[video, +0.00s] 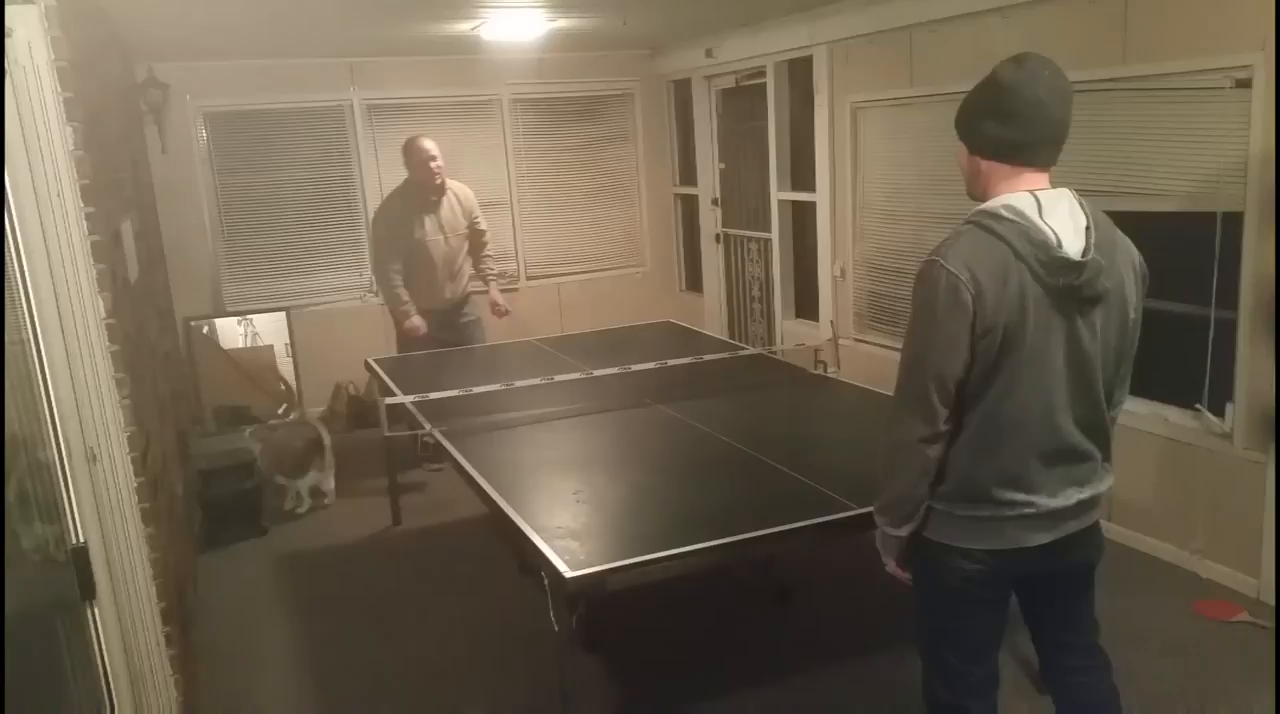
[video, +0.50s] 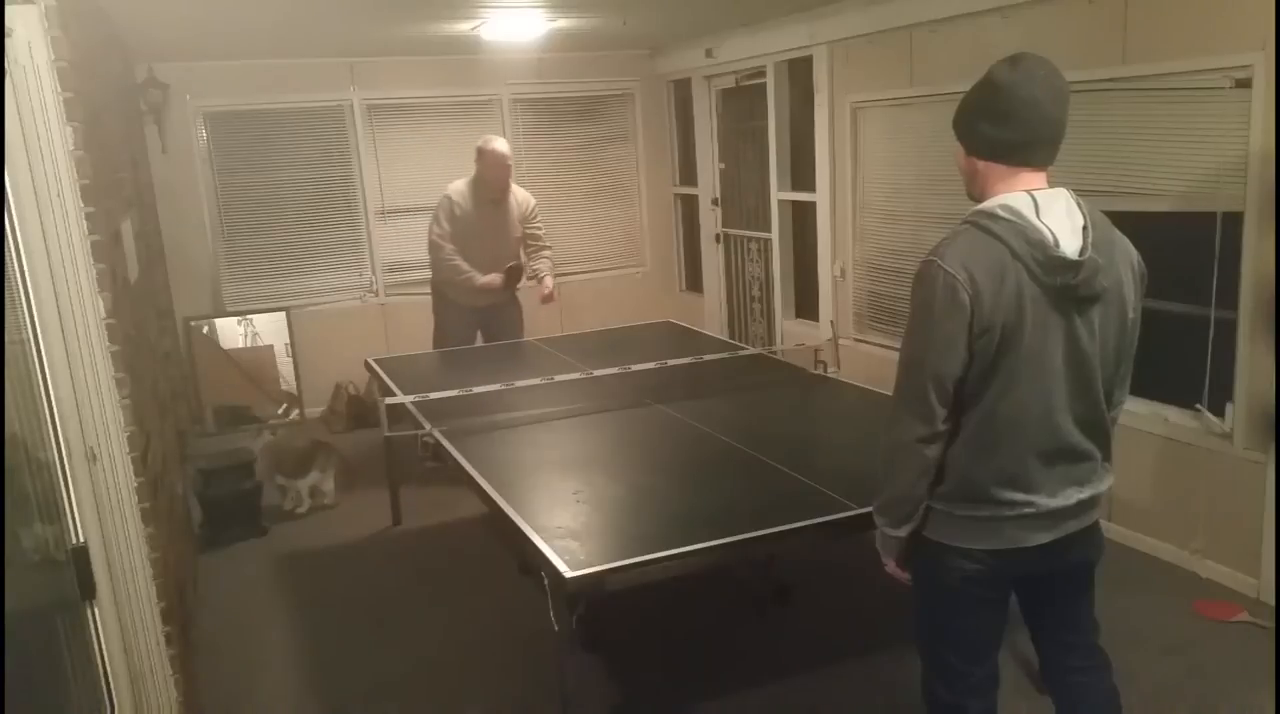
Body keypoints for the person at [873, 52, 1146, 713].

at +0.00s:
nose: (963, 161)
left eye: (963, 147)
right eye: (963, 146)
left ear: (975, 155)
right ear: (1053, 147)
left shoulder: (960, 266)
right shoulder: (1120, 254)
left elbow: (921, 419)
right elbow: (1110, 396)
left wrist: (893, 532)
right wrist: (1076, 490)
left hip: (970, 537)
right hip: (1072, 529)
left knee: (961, 690)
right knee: (1078, 667)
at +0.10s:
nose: (962, 161)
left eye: (963, 148)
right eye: (963, 146)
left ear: (975, 155)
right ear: (1052, 147)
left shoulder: (960, 266)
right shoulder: (1120, 254)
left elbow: (921, 419)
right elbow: (1110, 396)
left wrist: (893, 533)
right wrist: (1076, 490)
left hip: (970, 537)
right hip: (1072, 529)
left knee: (961, 690)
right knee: (1078, 667)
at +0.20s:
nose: (962, 162)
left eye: (963, 149)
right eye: (963, 147)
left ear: (973, 156)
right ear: (1052, 147)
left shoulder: (959, 266)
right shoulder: (1120, 254)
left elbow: (921, 419)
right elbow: (1111, 394)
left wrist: (893, 531)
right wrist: (1075, 488)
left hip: (970, 538)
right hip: (1071, 529)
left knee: (960, 689)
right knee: (1079, 667)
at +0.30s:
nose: (962, 163)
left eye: (962, 150)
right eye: (962, 148)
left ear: (972, 157)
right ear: (1051, 147)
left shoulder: (959, 266)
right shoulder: (1120, 254)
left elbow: (921, 420)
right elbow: (1110, 394)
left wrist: (893, 533)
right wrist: (1074, 489)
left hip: (970, 537)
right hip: (1071, 529)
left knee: (961, 691)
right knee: (1079, 668)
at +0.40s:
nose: (961, 162)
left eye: (961, 148)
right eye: (962, 146)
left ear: (971, 156)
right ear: (1051, 147)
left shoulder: (959, 265)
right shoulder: (1119, 254)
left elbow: (921, 419)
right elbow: (1110, 394)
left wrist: (893, 531)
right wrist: (1074, 489)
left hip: (970, 538)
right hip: (1071, 529)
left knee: (960, 690)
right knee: (1079, 668)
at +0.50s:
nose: (961, 161)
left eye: (961, 148)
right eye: (962, 146)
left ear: (971, 155)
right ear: (1050, 147)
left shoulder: (958, 265)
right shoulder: (1119, 254)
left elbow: (920, 419)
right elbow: (1110, 395)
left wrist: (892, 532)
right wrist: (1074, 488)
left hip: (970, 537)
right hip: (1071, 529)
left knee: (960, 691)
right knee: (1079, 668)